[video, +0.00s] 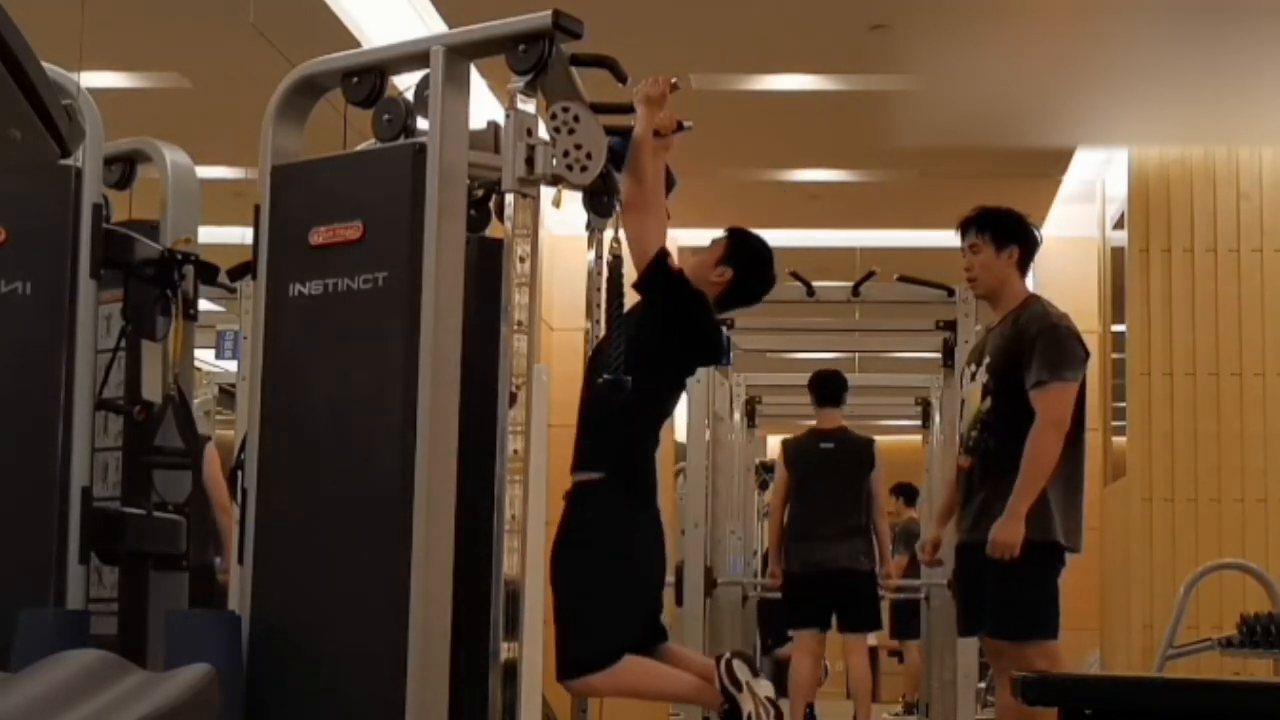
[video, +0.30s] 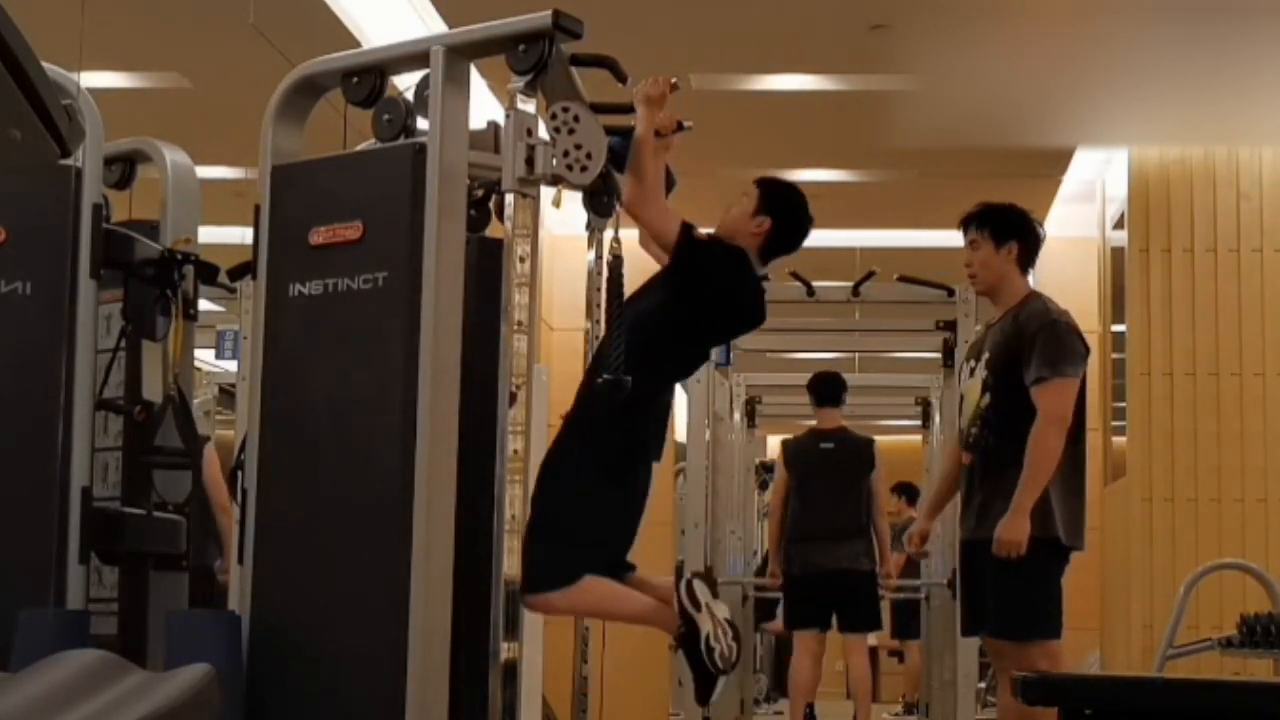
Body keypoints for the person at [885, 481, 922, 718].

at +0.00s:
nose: (891, 504)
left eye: (893, 500)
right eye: (892, 500)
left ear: (901, 500)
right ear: (911, 500)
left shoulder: (907, 526)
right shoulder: (912, 524)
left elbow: (901, 560)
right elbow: (902, 558)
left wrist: (888, 578)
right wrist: (891, 575)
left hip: (907, 590)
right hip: (911, 589)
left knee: (910, 647)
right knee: (911, 647)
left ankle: (911, 700)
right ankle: (912, 699)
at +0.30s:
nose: (891, 503)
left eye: (894, 499)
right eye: (892, 498)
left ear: (902, 499)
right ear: (911, 499)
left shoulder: (906, 525)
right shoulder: (914, 523)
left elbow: (898, 557)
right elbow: (901, 556)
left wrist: (888, 579)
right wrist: (891, 576)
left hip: (907, 589)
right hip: (912, 587)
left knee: (910, 646)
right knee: (911, 647)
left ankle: (910, 700)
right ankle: (912, 699)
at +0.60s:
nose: (892, 503)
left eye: (895, 498)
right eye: (893, 498)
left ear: (904, 499)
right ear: (912, 499)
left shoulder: (907, 525)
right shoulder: (911, 523)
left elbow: (900, 557)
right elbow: (901, 555)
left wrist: (888, 577)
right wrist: (890, 575)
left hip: (908, 590)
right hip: (910, 588)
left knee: (911, 646)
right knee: (911, 647)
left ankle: (911, 700)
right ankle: (913, 699)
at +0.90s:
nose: (893, 502)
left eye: (896, 498)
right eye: (894, 498)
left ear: (903, 499)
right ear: (915, 499)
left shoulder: (906, 527)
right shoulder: (918, 524)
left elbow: (900, 559)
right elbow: (904, 558)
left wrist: (888, 582)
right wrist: (892, 581)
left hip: (908, 592)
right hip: (916, 590)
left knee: (911, 647)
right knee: (913, 647)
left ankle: (911, 700)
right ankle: (914, 699)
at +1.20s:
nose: (893, 502)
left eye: (896, 498)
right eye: (895, 497)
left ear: (903, 499)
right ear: (915, 499)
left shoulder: (905, 528)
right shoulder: (919, 526)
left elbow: (900, 560)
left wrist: (887, 586)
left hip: (909, 595)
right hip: (918, 593)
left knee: (912, 647)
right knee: (914, 648)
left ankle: (911, 701)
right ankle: (914, 699)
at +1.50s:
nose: (894, 503)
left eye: (895, 499)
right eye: (895, 499)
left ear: (902, 499)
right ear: (914, 500)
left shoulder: (907, 528)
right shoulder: (919, 526)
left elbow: (902, 563)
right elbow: (908, 563)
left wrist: (887, 586)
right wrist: (891, 583)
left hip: (910, 595)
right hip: (918, 593)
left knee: (912, 648)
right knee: (915, 649)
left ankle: (911, 701)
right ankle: (914, 699)